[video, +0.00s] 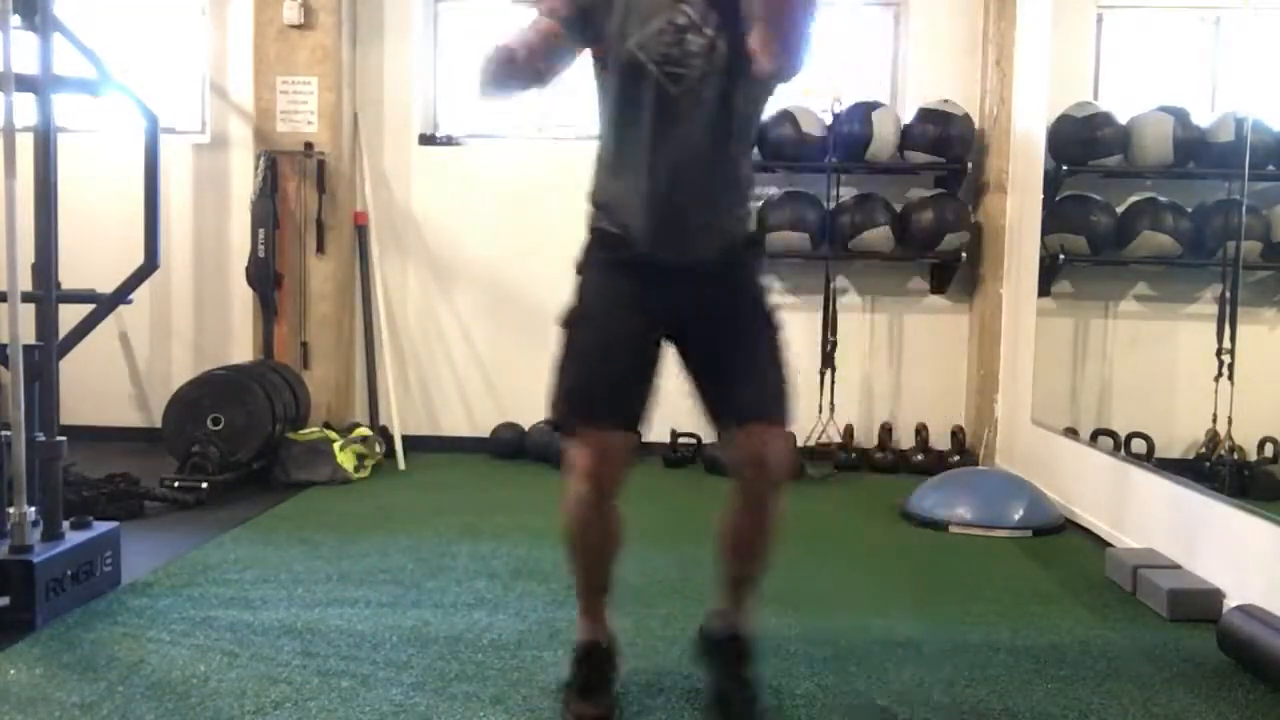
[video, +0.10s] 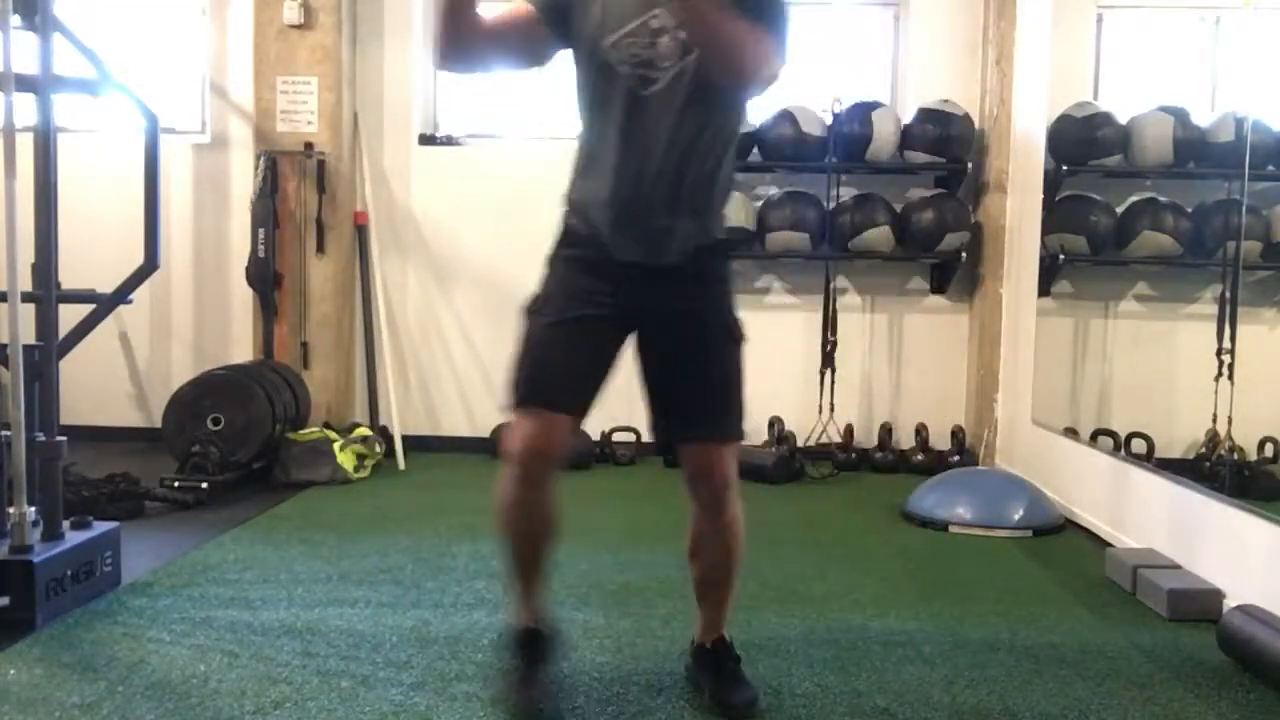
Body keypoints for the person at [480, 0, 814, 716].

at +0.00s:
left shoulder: (752, 15)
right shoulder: (607, 5)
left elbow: (780, 55)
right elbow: (503, 75)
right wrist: (518, 58)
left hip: (721, 260)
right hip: (622, 257)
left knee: (767, 460)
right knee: (591, 469)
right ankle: (593, 639)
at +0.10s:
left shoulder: (749, 8)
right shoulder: (584, 6)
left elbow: (752, 67)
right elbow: (459, 46)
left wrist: (687, 0)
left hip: (692, 261)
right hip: (591, 253)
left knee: (714, 474)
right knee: (531, 446)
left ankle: (712, 646)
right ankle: (529, 628)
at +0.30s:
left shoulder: (639, 11)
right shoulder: (496, 6)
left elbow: (677, 111)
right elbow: (420, 5)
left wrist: (602, 192)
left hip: (590, 261)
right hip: (493, 257)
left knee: (649, 466)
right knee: (432, 455)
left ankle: (704, 643)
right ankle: (404, 649)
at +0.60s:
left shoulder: (586, 6)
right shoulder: (418, 1)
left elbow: (673, 99)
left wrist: (737, 216)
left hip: (513, 220)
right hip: (424, 222)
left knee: (355, 289)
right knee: (388, 437)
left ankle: (440, 493)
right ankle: (397, 644)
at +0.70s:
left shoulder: (575, 8)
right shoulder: (415, 5)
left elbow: (668, 84)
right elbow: (354, 22)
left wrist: (735, 181)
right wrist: (305, 11)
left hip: (514, 236)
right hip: (436, 232)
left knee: (322, 144)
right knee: (379, 440)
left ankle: (340, 388)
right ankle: (399, 649)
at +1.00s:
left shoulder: (582, 16)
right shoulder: (425, 13)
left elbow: (687, 116)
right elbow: (321, 45)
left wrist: (768, 219)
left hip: (531, 251)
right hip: (444, 252)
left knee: (400, 361)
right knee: (371, 459)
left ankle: (518, 543)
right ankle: (399, 651)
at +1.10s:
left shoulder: (608, 19)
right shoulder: (445, 14)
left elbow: (710, 124)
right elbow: (327, 39)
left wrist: (785, 238)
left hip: (553, 272)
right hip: (461, 269)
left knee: (524, 462)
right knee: (386, 460)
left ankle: (645, 626)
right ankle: (399, 651)